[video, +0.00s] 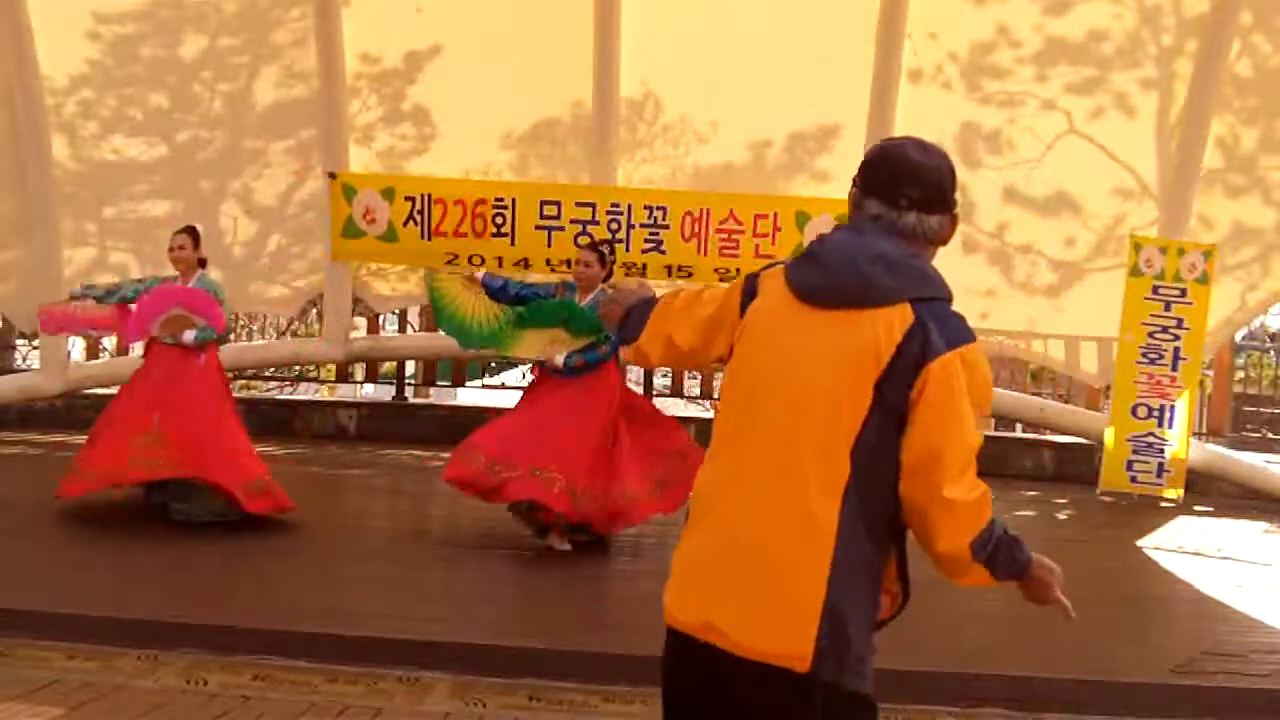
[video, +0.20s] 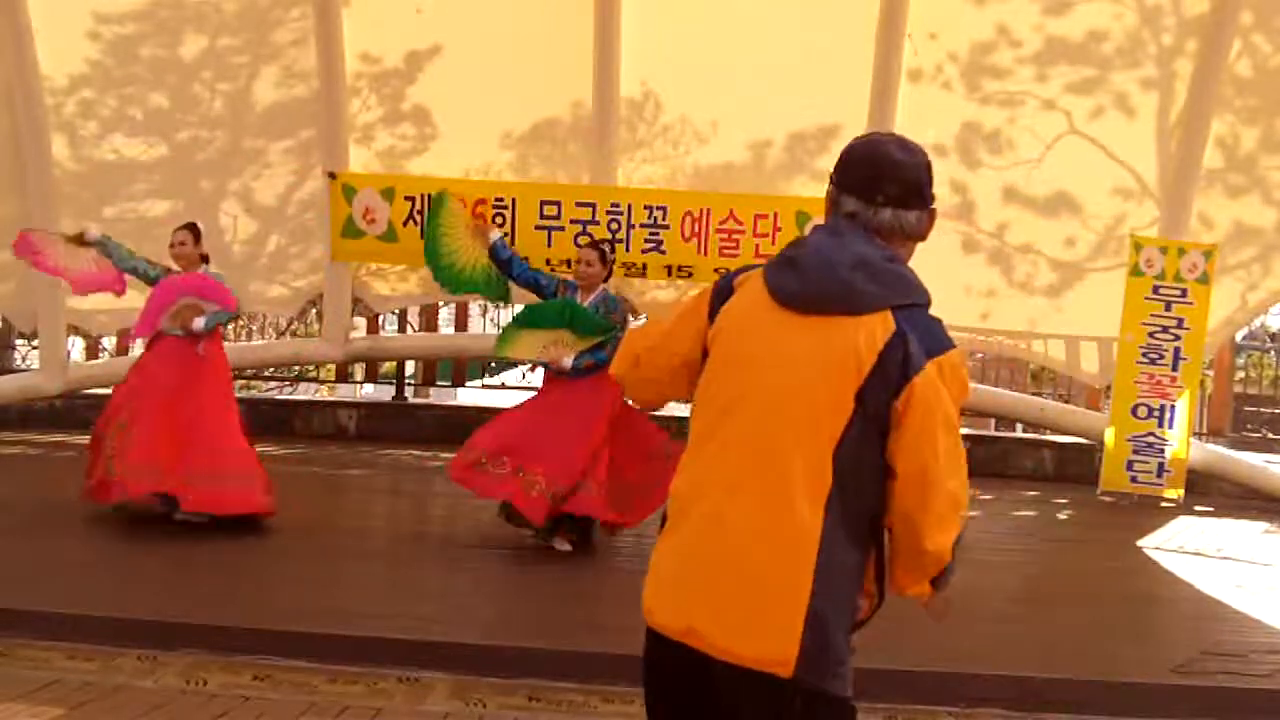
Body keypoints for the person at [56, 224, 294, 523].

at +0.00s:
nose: (175, 254)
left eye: (182, 248)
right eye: (172, 248)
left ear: (197, 253)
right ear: (169, 253)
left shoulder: (210, 289)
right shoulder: (161, 285)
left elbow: (221, 329)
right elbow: (123, 292)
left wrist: (187, 335)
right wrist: (85, 293)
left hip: (195, 365)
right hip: (161, 363)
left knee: (195, 425)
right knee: (158, 424)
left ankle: (197, 494)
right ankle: (161, 490)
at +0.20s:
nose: (175, 249)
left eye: (183, 244)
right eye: (172, 245)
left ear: (199, 249)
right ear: (170, 250)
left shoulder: (211, 281)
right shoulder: (165, 279)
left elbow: (232, 308)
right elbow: (132, 262)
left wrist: (205, 321)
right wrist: (99, 240)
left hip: (200, 360)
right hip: (164, 358)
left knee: (200, 425)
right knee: (163, 422)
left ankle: (201, 500)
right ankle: (169, 492)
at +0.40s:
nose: (178, 248)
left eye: (185, 242)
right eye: (175, 243)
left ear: (201, 247)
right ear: (172, 249)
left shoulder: (211, 279)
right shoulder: (169, 277)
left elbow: (235, 302)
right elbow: (145, 254)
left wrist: (208, 315)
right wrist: (132, 220)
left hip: (199, 358)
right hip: (165, 357)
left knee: (199, 424)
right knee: (161, 422)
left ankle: (196, 498)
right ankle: (161, 498)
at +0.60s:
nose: (180, 249)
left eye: (186, 244)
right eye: (176, 245)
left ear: (202, 248)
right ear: (173, 250)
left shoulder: (212, 280)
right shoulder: (168, 278)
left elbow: (233, 304)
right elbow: (145, 248)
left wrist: (201, 319)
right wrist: (151, 211)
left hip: (205, 362)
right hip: (169, 361)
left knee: (203, 426)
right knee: (165, 426)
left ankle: (198, 497)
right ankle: (168, 506)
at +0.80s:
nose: (188, 249)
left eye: (194, 244)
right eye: (182, 244)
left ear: (202, 249)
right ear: (173, 250)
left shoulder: (211, 281)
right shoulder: (166, 281)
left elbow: (240, 305)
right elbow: (136, 253)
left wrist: (208, 322)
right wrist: (150, 217)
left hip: (209, 362)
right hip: (175, 361)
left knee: (206, 427)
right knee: (169, 428)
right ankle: (168, 508)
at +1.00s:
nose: (218, 253)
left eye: (219, 247)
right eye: (212, 246)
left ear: (204, 250)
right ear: (192, 248)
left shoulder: (220, 286)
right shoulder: (177, 281)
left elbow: (260, 312)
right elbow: (134, 271)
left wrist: (241, 322)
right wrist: (99, 245)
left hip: (214, 367)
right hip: (187, 366)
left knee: (214, 432)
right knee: (179, 432)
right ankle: (165, 509)